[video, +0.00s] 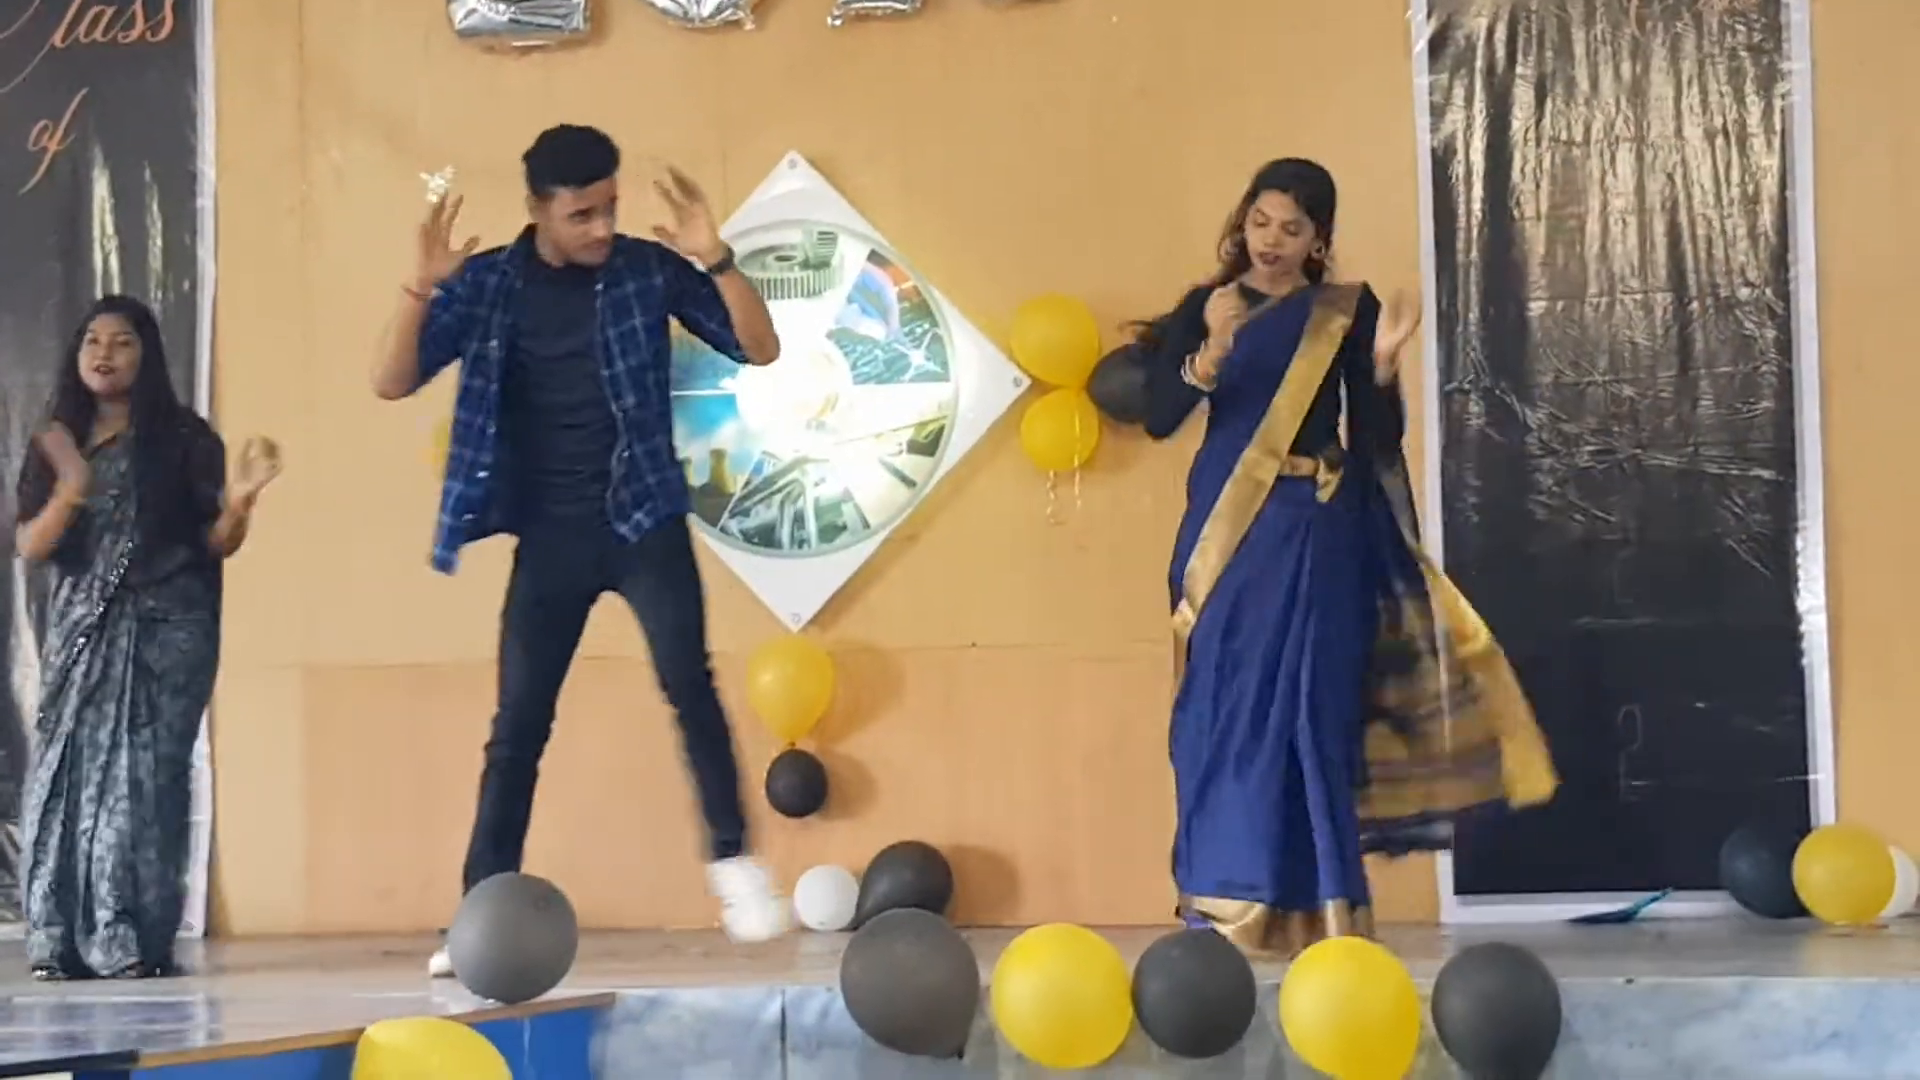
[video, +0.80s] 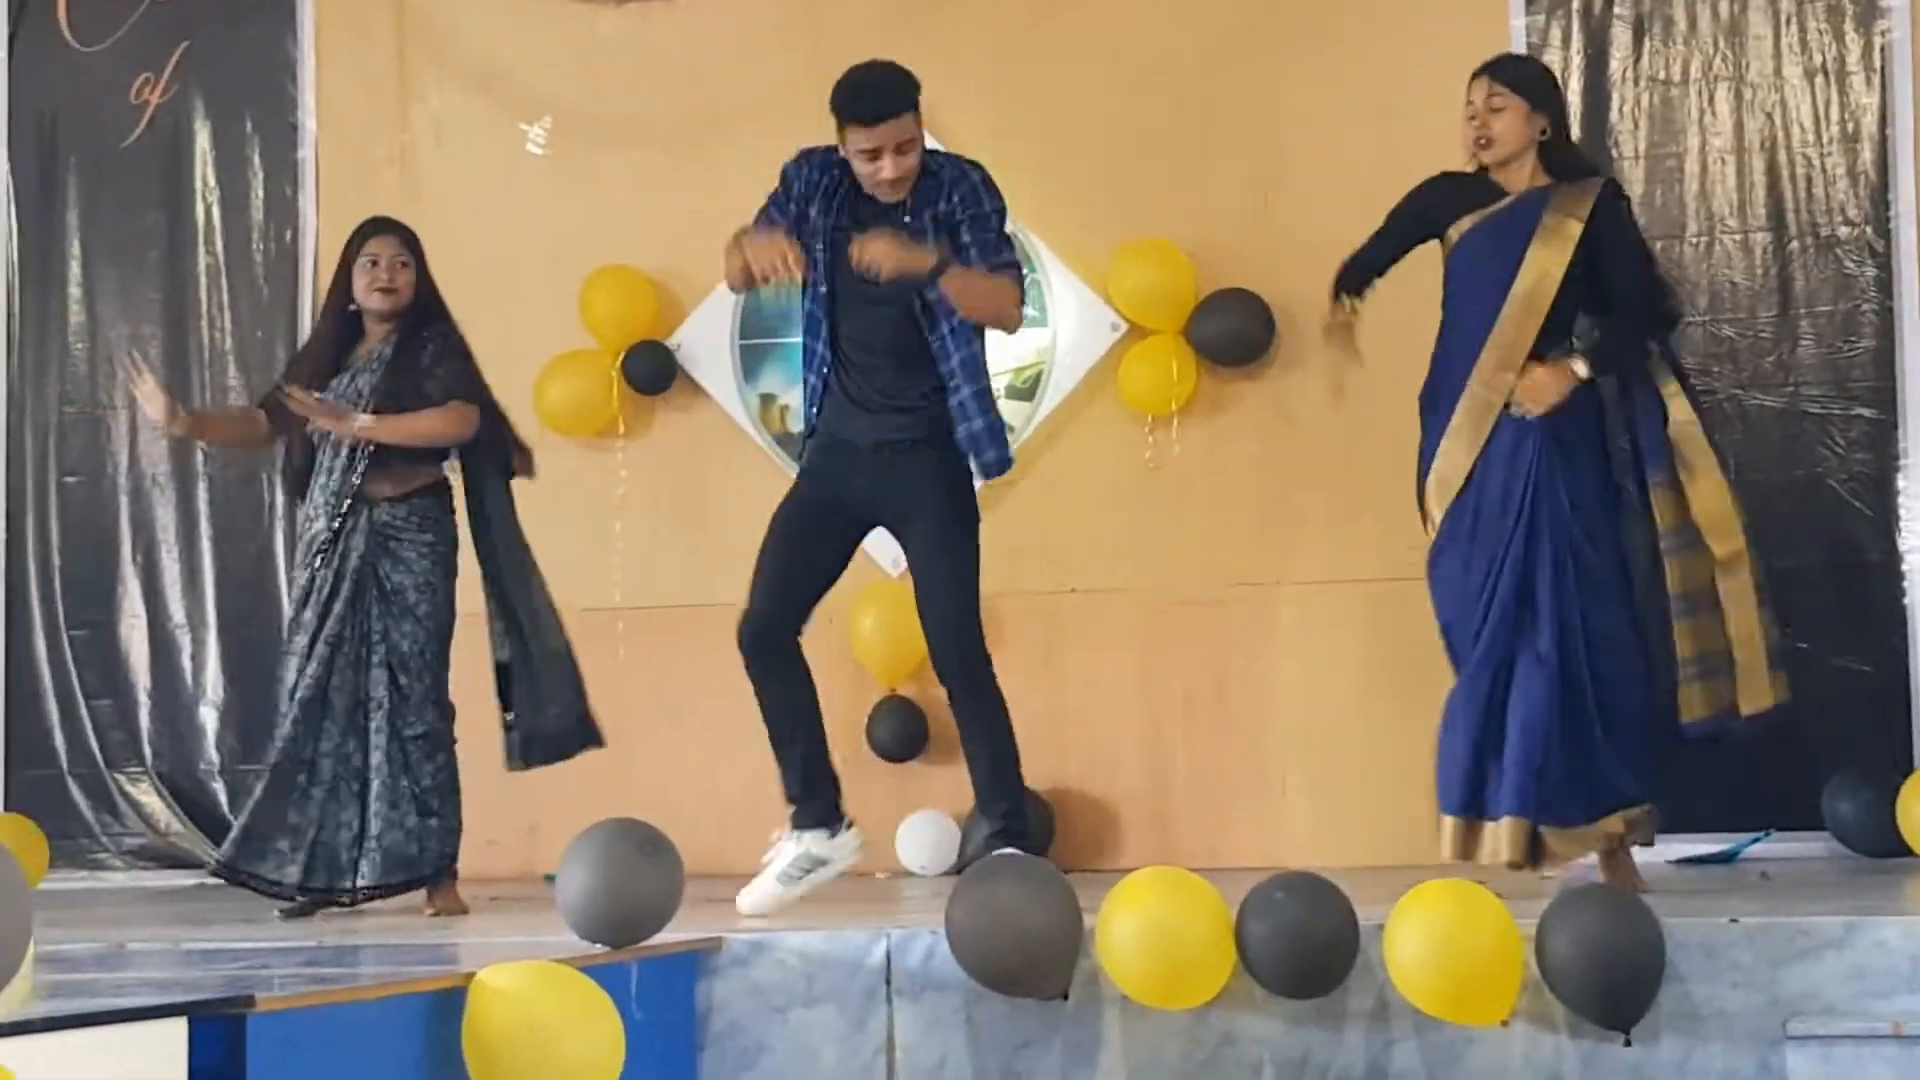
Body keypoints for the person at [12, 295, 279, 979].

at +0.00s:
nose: (104, 355)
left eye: (121, 344)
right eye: (93, 342)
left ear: (148, 356)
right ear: (77, 355)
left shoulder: (189, 439)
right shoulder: (56, 441)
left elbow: (217, 545)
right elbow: (31, 546)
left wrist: (237, 508)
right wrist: (69, 486)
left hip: (169, 628)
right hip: (86, 628)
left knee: (148, 775)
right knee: (70, 771)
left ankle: (136, 939)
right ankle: (61, 938)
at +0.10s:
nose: (125, 337)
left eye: (142, 327)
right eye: (115, 324)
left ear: (168, 341)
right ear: (96, 336)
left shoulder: (193, 422)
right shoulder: (71, 420)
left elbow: (217, 532)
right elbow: (21, 521)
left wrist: (189, 482)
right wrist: (10, 453)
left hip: (176, 617)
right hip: (94, 617)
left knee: (167, 757)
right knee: (84, 755)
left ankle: (130, 919)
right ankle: (68, 923)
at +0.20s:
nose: (160, 317)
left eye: (176, 307)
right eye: (149, 304)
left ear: (200, 321)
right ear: (128, 315)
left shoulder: (216, 400)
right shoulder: (98, 392)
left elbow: (225, 499)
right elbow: (28, 475)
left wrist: (151, 440)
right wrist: (9, 408)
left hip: (203, 603)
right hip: (123, 602)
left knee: (219, 744)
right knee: (114, 746)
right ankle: (98, 916)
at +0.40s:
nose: (227, 316)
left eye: (244, 306)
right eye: (216, 304)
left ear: (270, 319)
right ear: (198, 316)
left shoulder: (278, 401)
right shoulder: (179, 391)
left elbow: (232, 475)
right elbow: (108, 430)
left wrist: (137, 445)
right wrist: (49, 407)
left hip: (249, 588)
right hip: (179, 586)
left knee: (281, 738)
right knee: (148, 739)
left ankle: (350, 894)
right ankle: (116, 916)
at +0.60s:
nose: (308, 303)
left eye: (324, 292)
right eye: (296, 292)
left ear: (352, 306)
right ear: (280, 308)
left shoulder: (370, 383)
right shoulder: (267, 387)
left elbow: (322, 456)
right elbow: (185, 435)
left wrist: (219, 452)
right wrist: (85, 430)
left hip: (344, 565)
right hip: (267, 567)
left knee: (350, 721)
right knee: (218, 712)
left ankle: (391, 888)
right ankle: (181, 892)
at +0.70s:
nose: (353, 284)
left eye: (368, 274)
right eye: (340, 273)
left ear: (390, 290)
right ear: (321, 289)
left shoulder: (408, 356)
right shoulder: (305, 365)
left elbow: (390, 435)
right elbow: (228, 424)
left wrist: (282, 438)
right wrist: (134, 416)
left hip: (386, 546)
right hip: (311, 549)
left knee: (385, 708)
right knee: (276, 695)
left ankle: (419, 880)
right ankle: (246, 865)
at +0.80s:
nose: (384, 273)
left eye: (398, 264)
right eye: (371, 263)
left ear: (419, 278)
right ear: (349, 278)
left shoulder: (435, 345)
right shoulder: (329, 351)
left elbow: (462, 423)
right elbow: (265, 421)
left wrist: (356, 425)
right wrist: (186, 422)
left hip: (411, 535)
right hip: (336, 538)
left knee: (415, 698)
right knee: (326, 693)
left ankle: (439, 871)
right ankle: (328, 869)